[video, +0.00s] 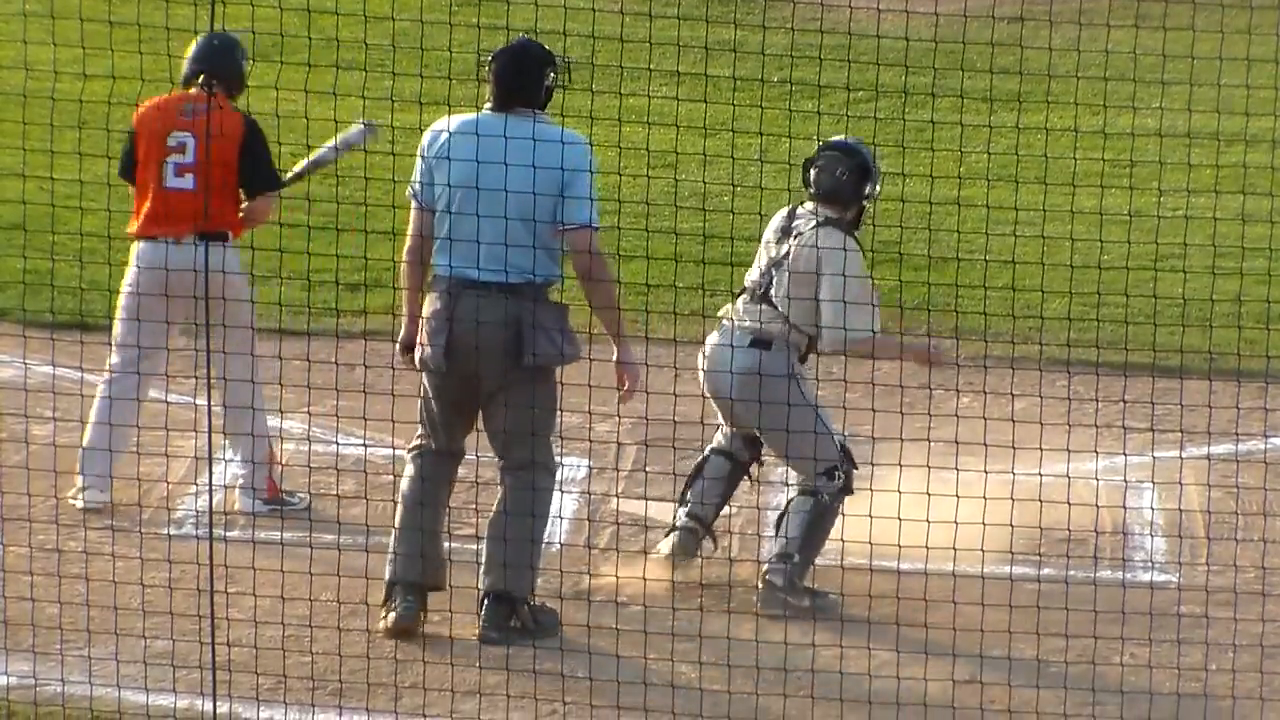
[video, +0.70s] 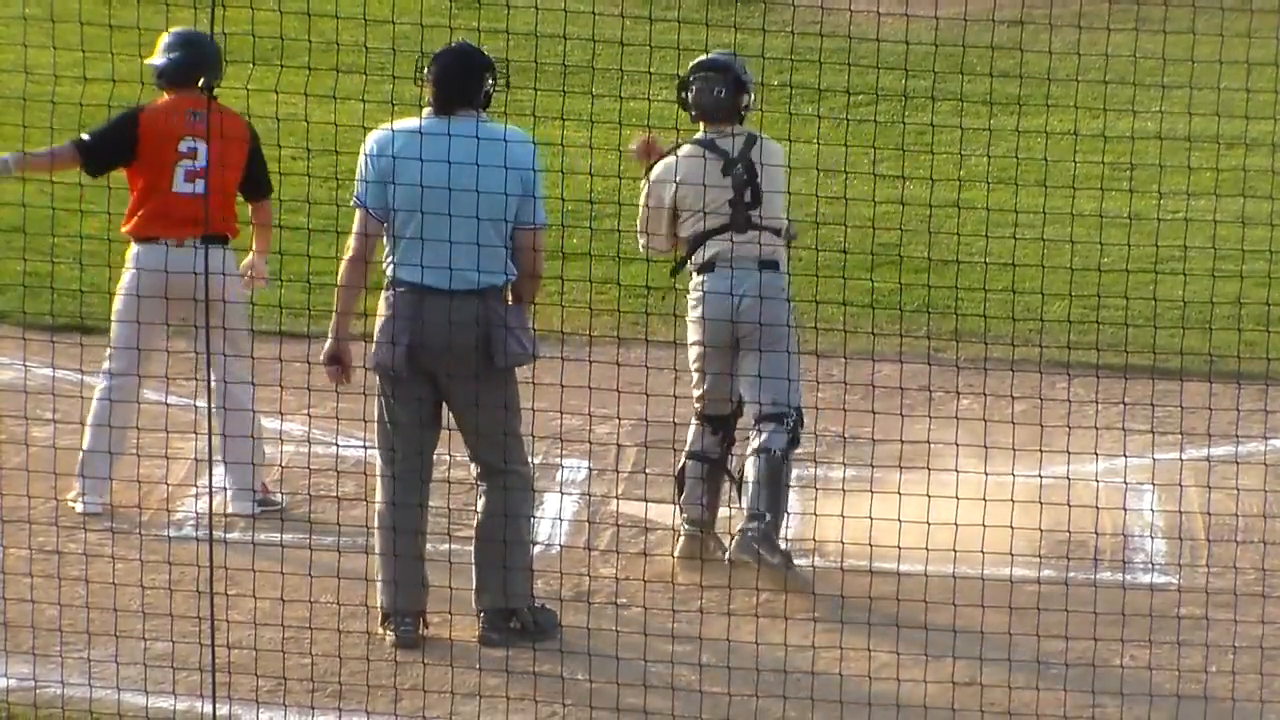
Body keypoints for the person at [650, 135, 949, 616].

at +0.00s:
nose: (864, 203)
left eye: (864, 193)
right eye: (864, 194)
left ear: (813, 184)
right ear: (858, 199)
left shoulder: (783, 219)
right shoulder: (836, 245)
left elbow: (775, 294)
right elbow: (849, 338)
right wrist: (914, 351)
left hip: (716, 356)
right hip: (763, 369)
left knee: (746, 431)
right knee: (831, 471)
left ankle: (684, 534)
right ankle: (782, 583)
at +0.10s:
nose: (863, 184)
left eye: (863, 175)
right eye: (862, 175)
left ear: (812, 169)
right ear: (852, 178)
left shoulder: (781, 202)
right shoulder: (828, 223)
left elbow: (766, 268)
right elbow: (843, 293)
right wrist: (921, 291)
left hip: (714, 342)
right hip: (759, 352)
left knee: (744, 425)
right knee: (825, 466)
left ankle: (697, 535)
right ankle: (780, 582)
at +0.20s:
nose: (853, 171)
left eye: (853, 162)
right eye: (851, 162)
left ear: (801, 155)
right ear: (841, 164)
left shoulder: (776, 185)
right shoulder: (814, 199)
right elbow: (818, 229)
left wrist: (745, 248)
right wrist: (897, 222)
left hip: (713, 335)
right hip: (758, 342)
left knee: (743, 426)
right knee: (817, 464)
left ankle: (699, 532)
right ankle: (779, 581)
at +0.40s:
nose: (808, 130)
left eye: (806, 123)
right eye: (806, 124)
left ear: (751, 123)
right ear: (799, 132)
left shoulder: (704, 164)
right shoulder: (801, 191)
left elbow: (657, 217)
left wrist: (703, 238)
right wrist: (841, 155)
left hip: (710, 300)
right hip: (766, 305)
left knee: (714, 413)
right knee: (781, 432)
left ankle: (694, 524)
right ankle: (779, 553)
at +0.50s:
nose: (778, 107)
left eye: (773, 99)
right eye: (776, 100)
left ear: (721, 106)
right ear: (771, 107)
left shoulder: (685, 161)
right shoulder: (791, 158)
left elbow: (645, 229)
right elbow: (883, 161)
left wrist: (693, 241)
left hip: (706, 291)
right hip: (764, 293)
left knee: (712, 415)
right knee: (777, 418)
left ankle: (693, 528)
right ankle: (772, 540)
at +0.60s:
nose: (757, 101)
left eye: (708, 95)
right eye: (754, 94)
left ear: (700, 102)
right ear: (754, 101)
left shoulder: (675, 165)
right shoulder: (788, 154)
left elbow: (655, 242)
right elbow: (817, 147)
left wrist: (706, 233)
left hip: (706, 288)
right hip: (764, 290)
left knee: (713, 414)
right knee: (777, 415)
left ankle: (694, 529)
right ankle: (760, 536)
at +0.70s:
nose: (703, 103)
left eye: (696, 95)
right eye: (738, 95)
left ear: (692, 103)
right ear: (743, 101)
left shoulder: (672, 166)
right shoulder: (772, 153)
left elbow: (657, 243)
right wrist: (675, 161)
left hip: (709, 287)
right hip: (769, 285)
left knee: (710, 413)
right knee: (775, 412)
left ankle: (695, 526)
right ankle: (760, 529)